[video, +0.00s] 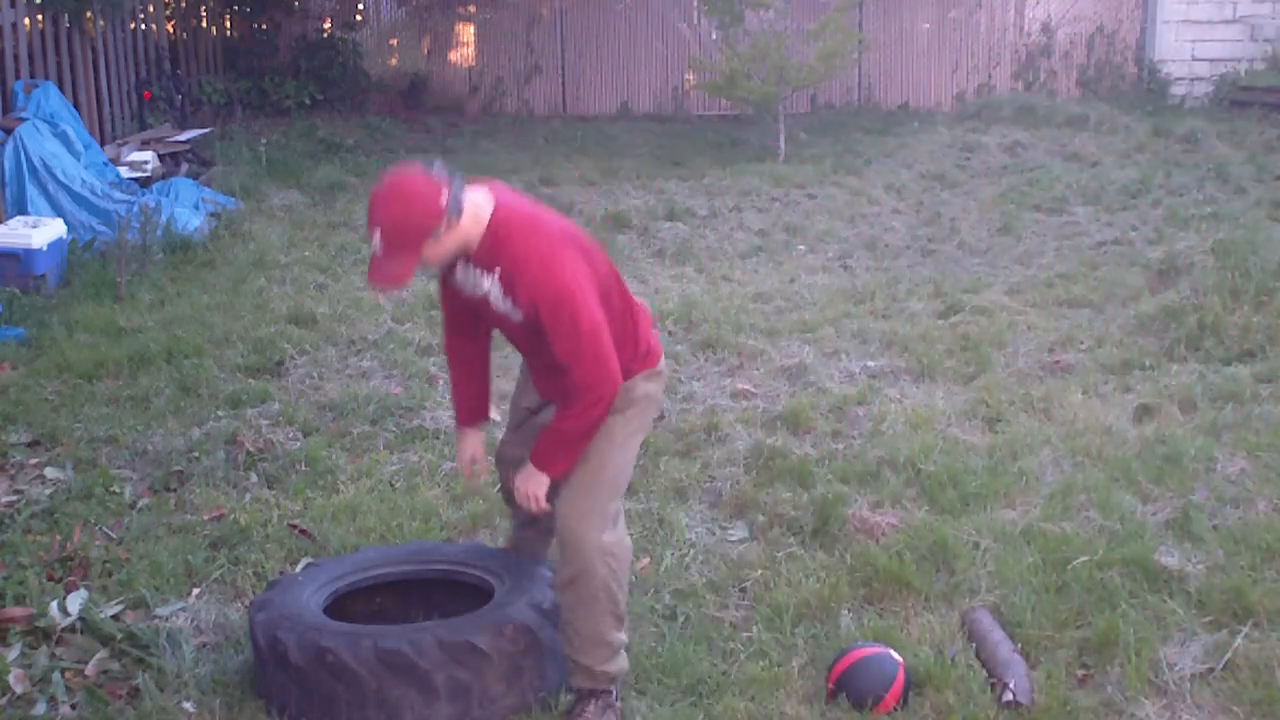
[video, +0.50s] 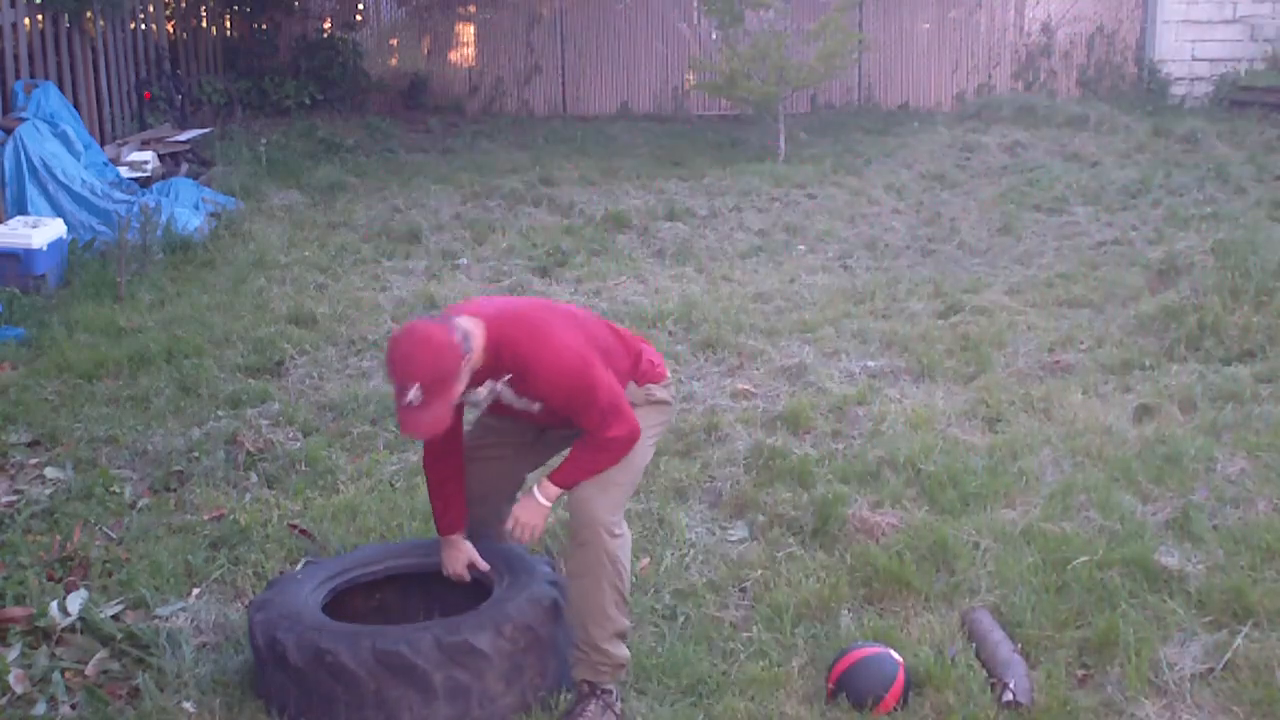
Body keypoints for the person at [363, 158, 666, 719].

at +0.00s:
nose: (423, 265)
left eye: (423, 254)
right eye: (414, 257)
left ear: (445, 223)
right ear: (437, 219)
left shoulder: (541, 257)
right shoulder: (455, 239)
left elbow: (600, 382)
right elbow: (465, 334)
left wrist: (544, 466)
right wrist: (470, 424)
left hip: (623, 373)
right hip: (549, 366)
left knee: (582, 521)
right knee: (518, 468)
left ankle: (598, 686)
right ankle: (527, 597)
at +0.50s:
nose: (444, 411)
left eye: (448, 399)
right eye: (436, 407)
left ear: (468, 360)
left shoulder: (548, 355)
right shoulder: (437, 352)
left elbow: (620, 429)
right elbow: (440, 442)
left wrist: (546, 493)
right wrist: (450, 536)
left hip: (627, 392)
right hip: (529, 397)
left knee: (592, 510)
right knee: (468, 496)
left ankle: (598, 682)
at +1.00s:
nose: (600, 284)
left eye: (615, 274)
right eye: (591, 271)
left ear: (641, 249)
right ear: (566, 230)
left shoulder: (660, 282)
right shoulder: (515, 237)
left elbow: (639, 395)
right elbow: (452, 333)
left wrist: (561, 460)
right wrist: (421, 452)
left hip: (628, 402)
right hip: (537, 390)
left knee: (628, 540)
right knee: (513, 529)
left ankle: (611, 686)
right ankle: (500, 667)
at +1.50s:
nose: (539, 277)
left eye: (552, 266)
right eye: (526, 265)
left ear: (578, 239)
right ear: (501, 230)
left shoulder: (607, 272)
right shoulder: (465, 239)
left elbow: (596, 421)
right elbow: (387, 324)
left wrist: (546, 544)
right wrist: (348, 426)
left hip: (602, 409)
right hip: (504, 396)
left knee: (605, 556)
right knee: (486, 548)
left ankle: (607, 691)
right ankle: (483, 684)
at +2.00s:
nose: (513, 259)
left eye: (525, 244)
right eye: (499, 247)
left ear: (545, 217)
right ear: (468, 227)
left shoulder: (592, 250)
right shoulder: (433, 267)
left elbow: (595, 371)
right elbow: (426, 390)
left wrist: (524, 457)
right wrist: (445, 495)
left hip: (594, 404)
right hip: (490, 415)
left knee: (635, 552)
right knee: (480, 569)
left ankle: (663, 705)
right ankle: (484, 705)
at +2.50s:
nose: (735, 270)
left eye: (749, 256)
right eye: (727, 248)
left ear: (763, 248)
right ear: (683, 215)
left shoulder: (749, 297)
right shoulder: (591, 276)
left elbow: (702, 427)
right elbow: (568, 432)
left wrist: (631, 501)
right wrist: (601, 569)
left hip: (660, 446)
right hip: (551, 434)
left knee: (685, 633)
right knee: (556, 621)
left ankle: (686, 707)